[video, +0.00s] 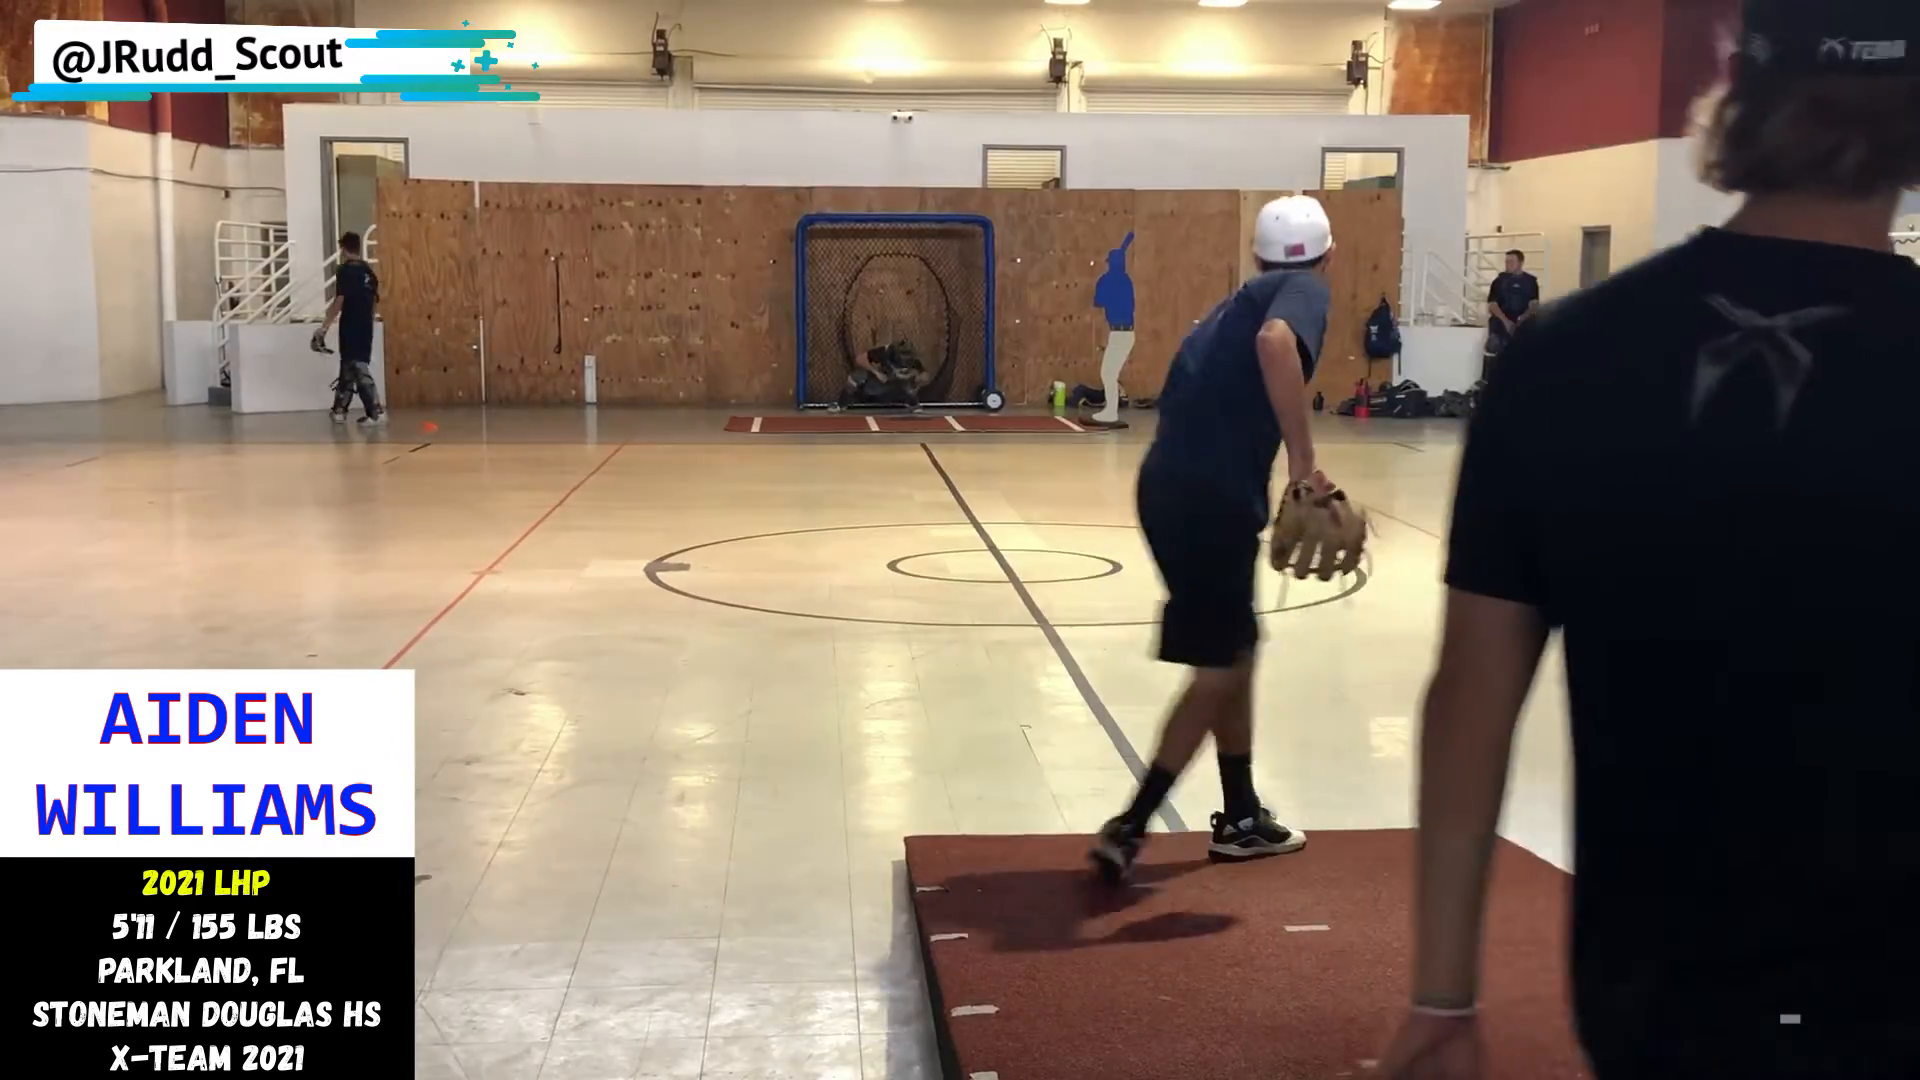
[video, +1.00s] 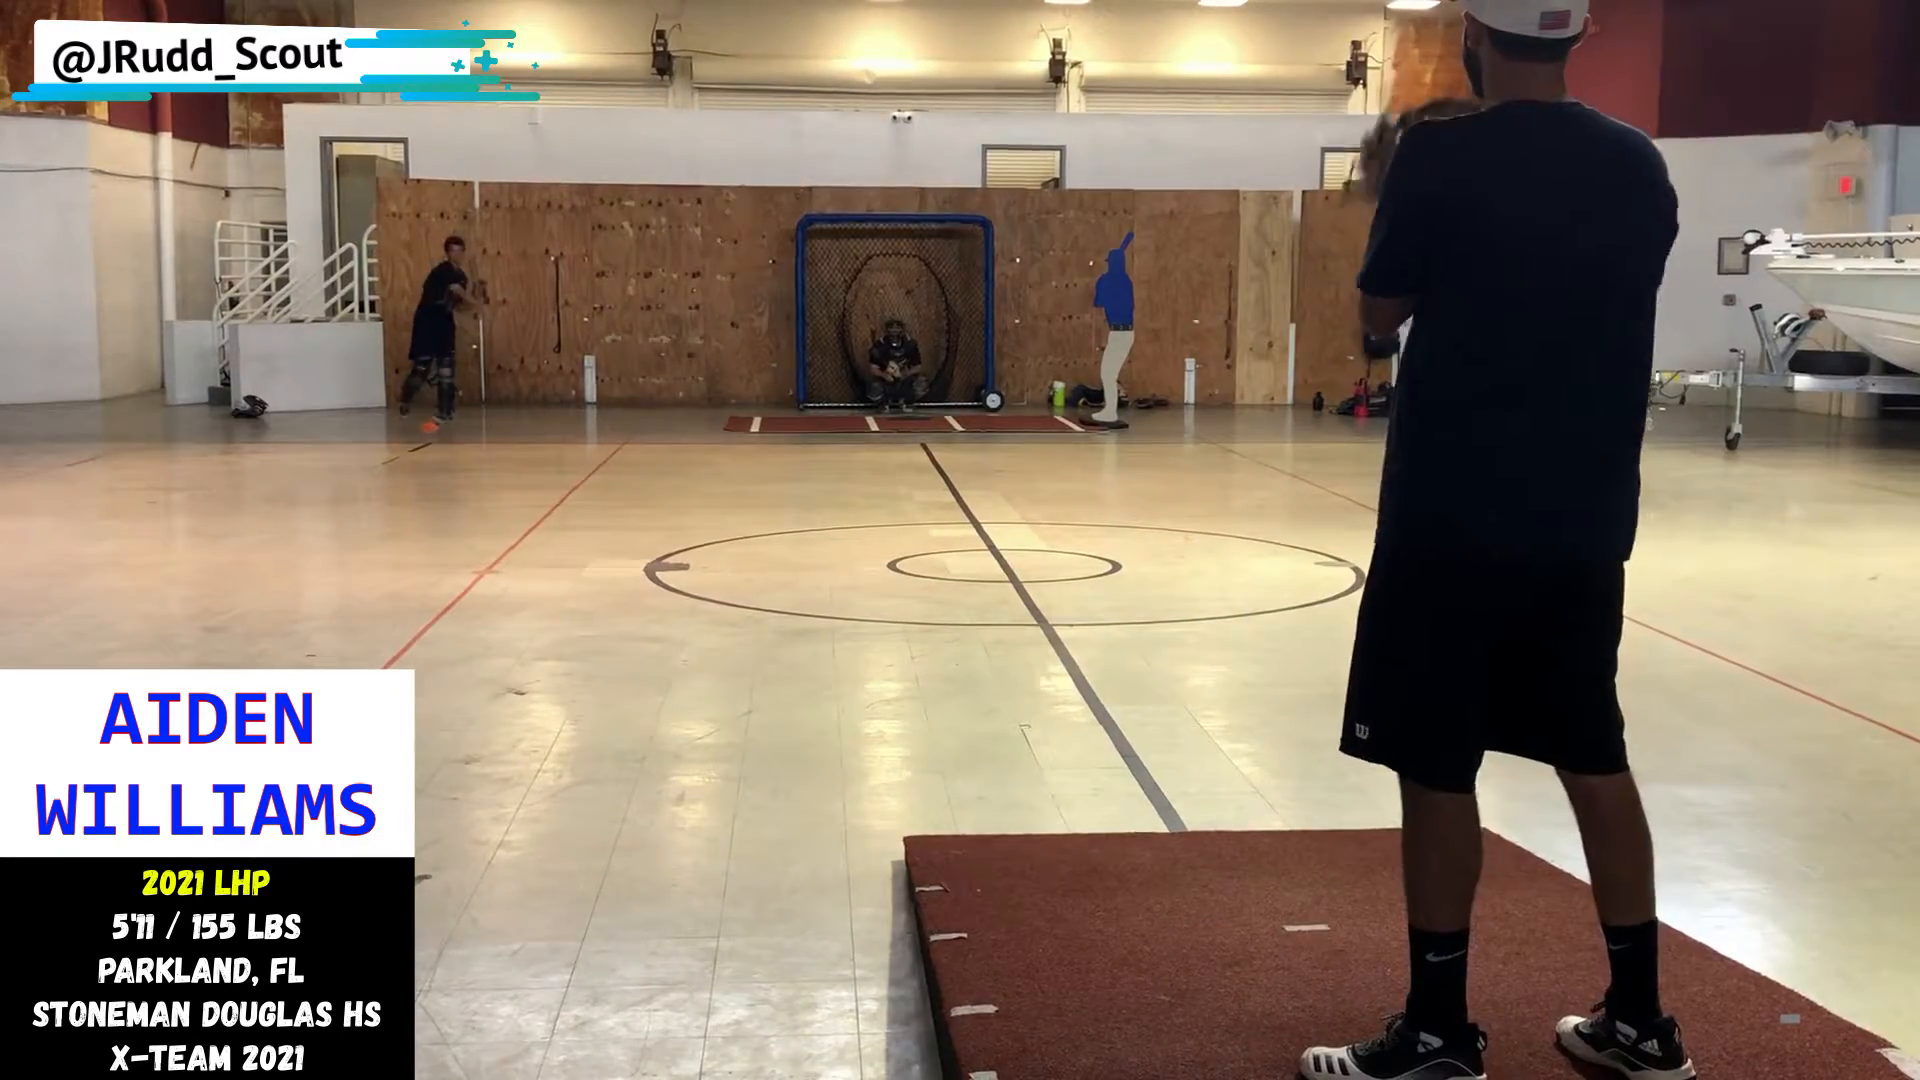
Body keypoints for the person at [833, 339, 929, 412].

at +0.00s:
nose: (905, 360)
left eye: (908, 357)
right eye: (902, 356)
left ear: (911, 354)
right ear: (895, 352)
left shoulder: (914, 362)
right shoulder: (886, 352)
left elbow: (925, 378)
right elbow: (860, 359)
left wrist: (915, 378)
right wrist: (876, 372)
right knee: (858, 376)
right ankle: (842, 405)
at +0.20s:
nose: (902, 356)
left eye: (905, 353)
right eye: (899, 353)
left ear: (910, 349)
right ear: (892, 347)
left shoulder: (912, 353)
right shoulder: (883, 350)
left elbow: (926, 371)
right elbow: (860, 359)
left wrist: (916, 364)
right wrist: (876, 373)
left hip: (903, 375)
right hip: (884, 375)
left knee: (912, 389)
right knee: (857, 378)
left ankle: (915, 405)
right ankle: (842, 403)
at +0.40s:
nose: (896, 339)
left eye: (899, 336)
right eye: (893, 336)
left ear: (904, 335)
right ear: (888, 334)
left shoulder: (910, 347)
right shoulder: (879, 345)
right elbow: (860, 360)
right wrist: (875, 365)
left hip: (902, 379)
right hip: (880, 378)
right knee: (857, 377)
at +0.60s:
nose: (894, 336)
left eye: (897, 333)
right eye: (891, 333)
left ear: (902, 332)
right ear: (886, 332)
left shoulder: (911, 345)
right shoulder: (878, 346)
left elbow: (916, 366)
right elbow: (873, 369)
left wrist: (906, 374)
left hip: (903, 381)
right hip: (886, 382)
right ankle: (884, 405)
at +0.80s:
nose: (895, 334)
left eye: (898, 331)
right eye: (892, 331)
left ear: (902, 331)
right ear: (887, 331)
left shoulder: (911, 344)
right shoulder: (879, 345)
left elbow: (917, 366)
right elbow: (874, 368)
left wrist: (906, 373)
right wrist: (885, 375)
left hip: (904, 379)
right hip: (887, 380)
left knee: (921, 383)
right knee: (875, 386)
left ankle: (906, 402)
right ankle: (883, 404)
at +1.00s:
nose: (895, 335)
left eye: (897, 332)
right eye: (892, 332)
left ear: (902, 331)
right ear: (887, 332)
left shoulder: (911, 344)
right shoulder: (879, 346)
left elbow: (917, 367)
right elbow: (874, 368)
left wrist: (906, 373)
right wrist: (884, 375)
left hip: (904, 380)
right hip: (887, 380)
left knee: (921, 383)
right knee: (875, 386)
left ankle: (906, 402)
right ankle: (883, 405)